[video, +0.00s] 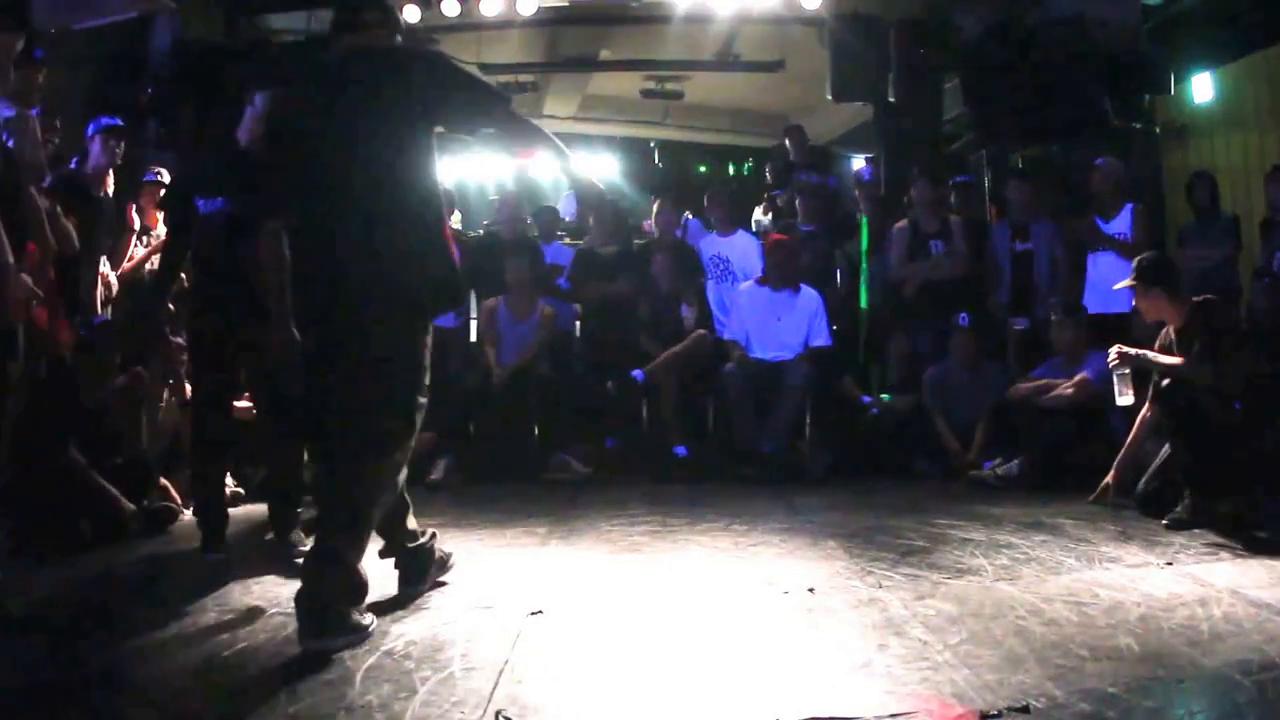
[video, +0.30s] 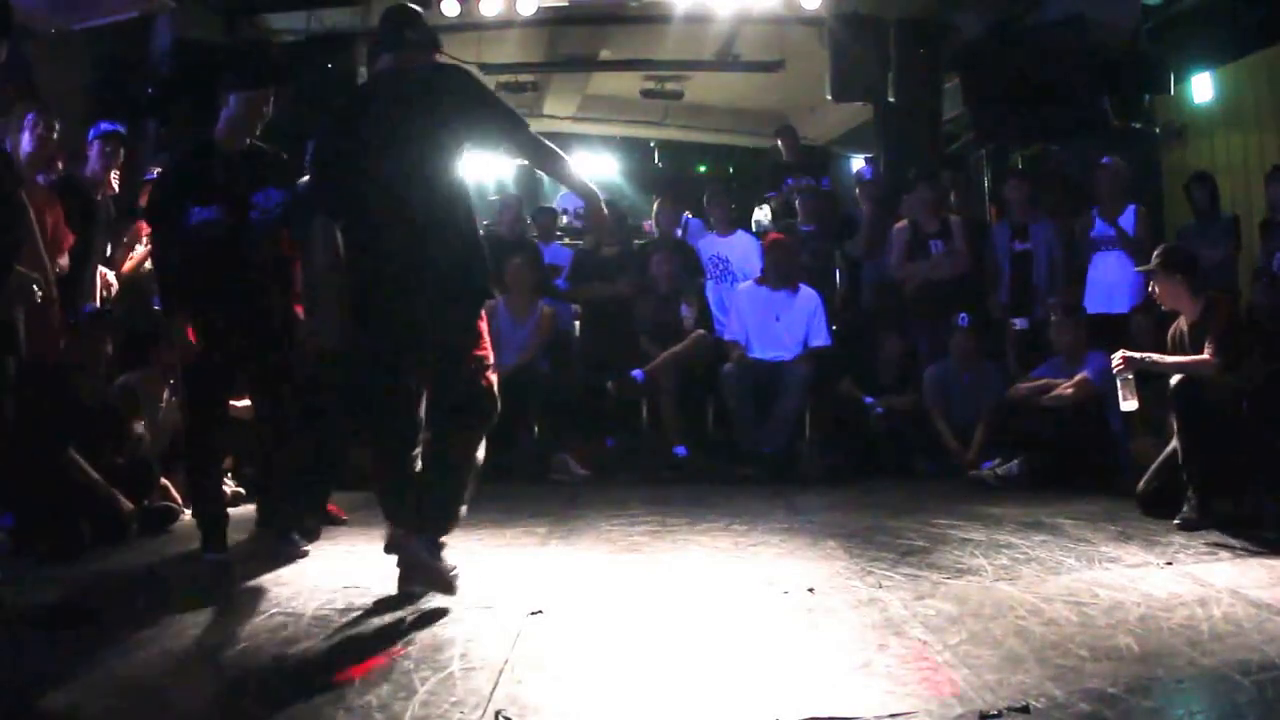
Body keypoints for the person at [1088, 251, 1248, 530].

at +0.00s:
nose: (1135, 303)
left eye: (1138, 293)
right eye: (1133, 294)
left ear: (1159, 293)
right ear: (1156, 295)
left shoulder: (1209, 313)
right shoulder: (1166, 341)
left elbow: (1203, 367)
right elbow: (1151, 411)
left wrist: (1140, 357)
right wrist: (1117, 472)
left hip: (1232, 426)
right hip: (1197, 430)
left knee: (1173, 395)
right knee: (1149, 498)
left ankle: (1196, 497)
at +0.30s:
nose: (1151, 289)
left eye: (1156, 280)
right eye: (1151, 281)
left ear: (1179, 281)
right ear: (1175, 283)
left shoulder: (1221, 310)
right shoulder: (1176, 332)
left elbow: (1214, 362)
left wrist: (1144, 360)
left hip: (1235, 425)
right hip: (1200, 430)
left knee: (1183, 385)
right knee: (1150, 495)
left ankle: (1197, 500)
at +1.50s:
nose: (1186, 276)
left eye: (1195, 269)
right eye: (1186, 269)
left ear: (1220, 274)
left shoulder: (1245, 315)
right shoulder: (1193, 328)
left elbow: (1220, 360)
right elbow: (1193, 403)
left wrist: (1145, 368)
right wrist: (1169, 450)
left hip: (1255, 431)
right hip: (1213, 432)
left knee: (1196, 388)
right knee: (1156, 497)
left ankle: (1206, 503)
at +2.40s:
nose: (1200, 277)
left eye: (1207, 269)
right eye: (1195, 271)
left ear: (1222, 274)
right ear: (1190, 278)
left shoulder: (1243, 319)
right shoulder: (1192, 329)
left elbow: (1226, 361)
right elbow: (1186, 400)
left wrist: (1147, 364)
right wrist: (1158, 458)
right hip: (1203, 440)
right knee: (1159, 500)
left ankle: (1205, 498)